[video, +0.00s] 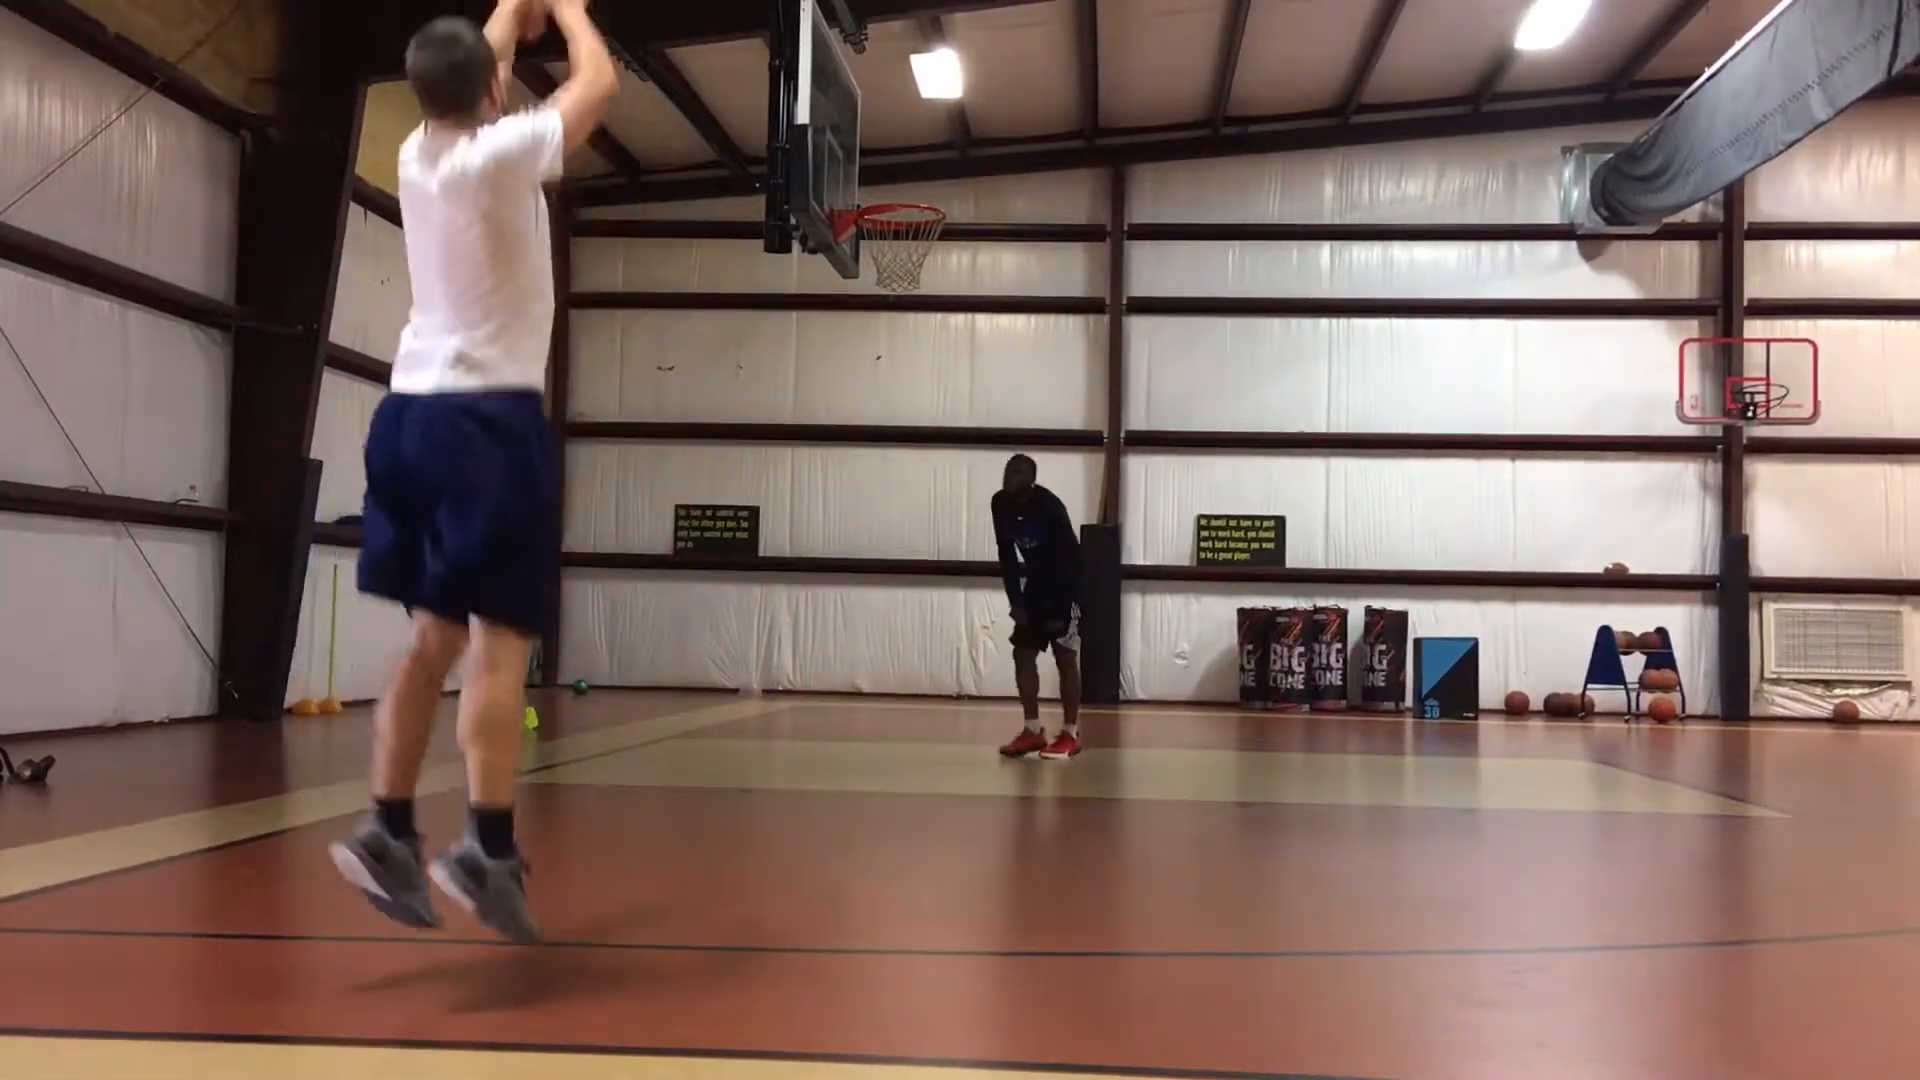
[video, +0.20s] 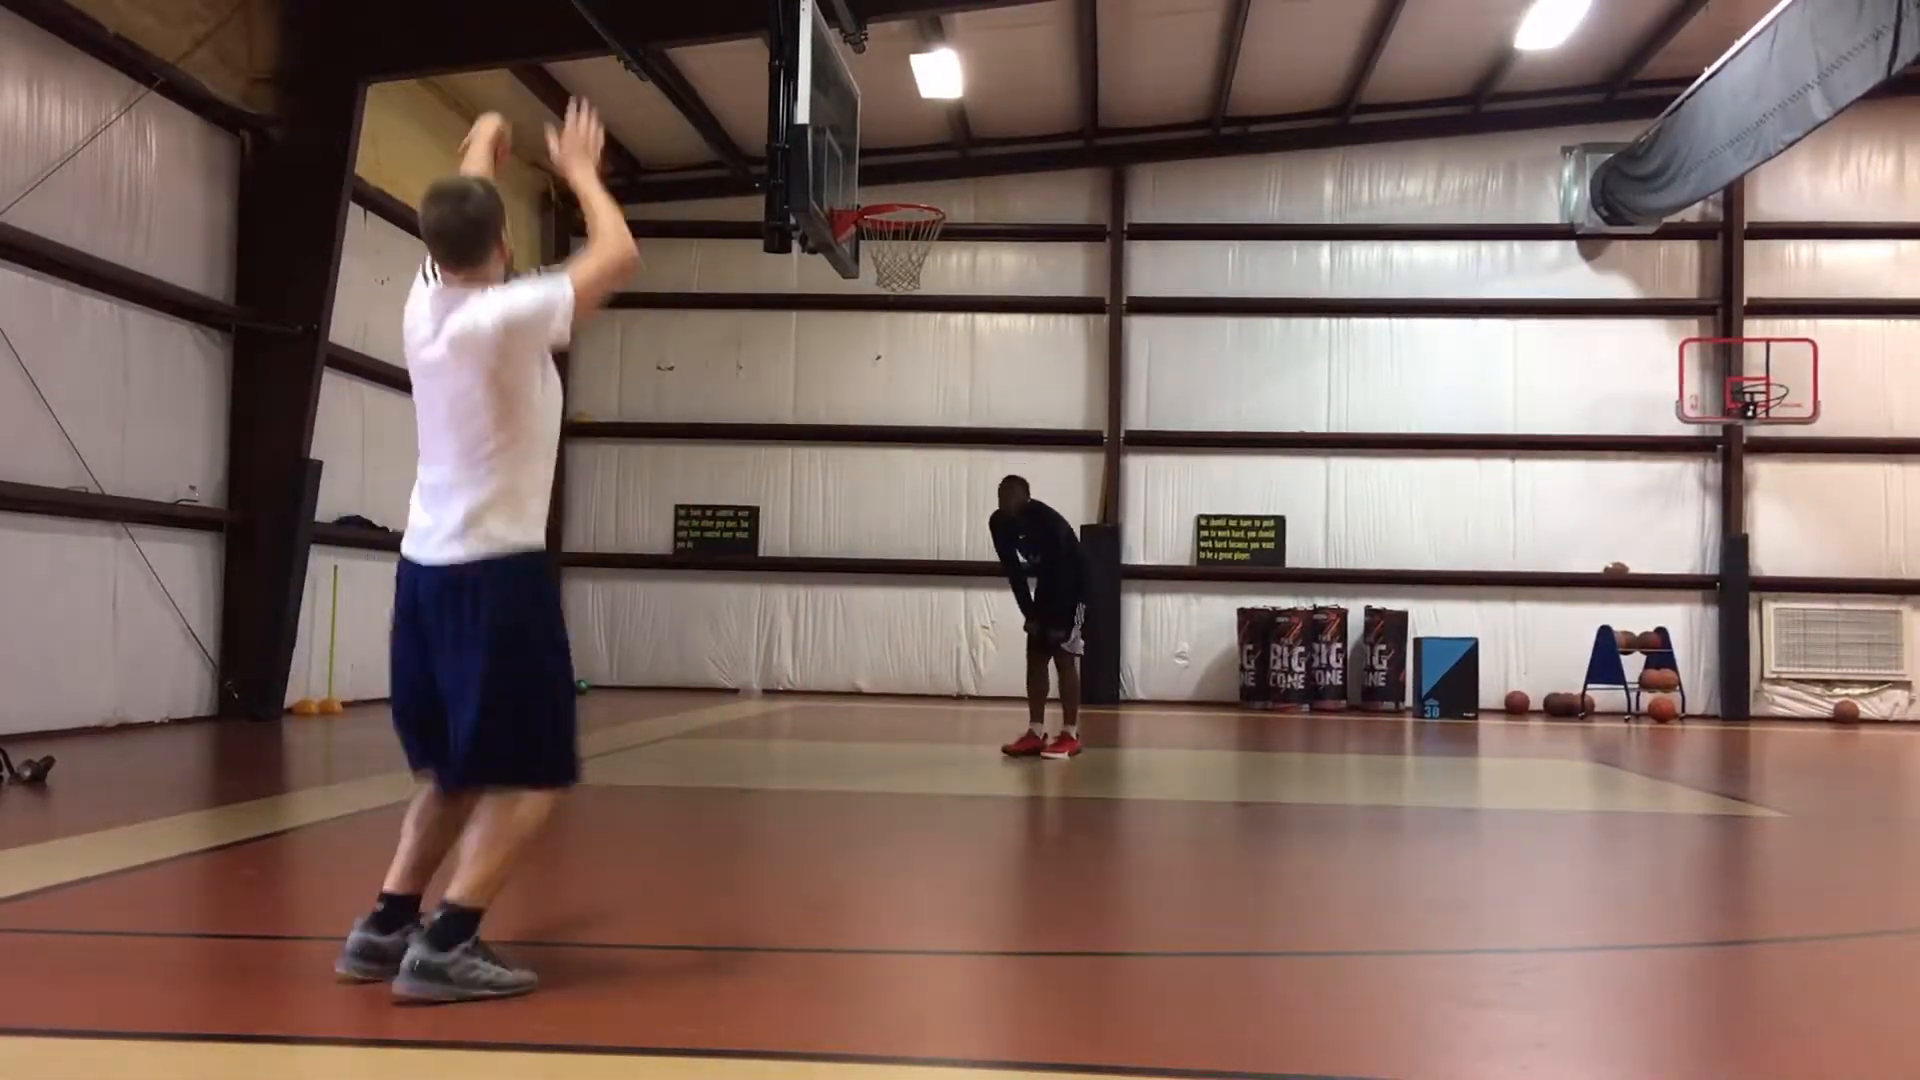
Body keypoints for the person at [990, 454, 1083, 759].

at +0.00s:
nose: (1010, 480)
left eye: (1017, 475)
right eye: (1008, 474)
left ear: (1032, 479)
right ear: (1004, 475)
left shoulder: (1048, 505)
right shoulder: (1000, 504)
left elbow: (1069, 556)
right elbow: (1006, 557)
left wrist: (1065, 605)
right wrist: (1015, 602)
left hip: (1064, 586)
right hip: (1034, 587)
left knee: (1065, 659)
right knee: (1023, 655)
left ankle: (1069, 733)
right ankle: (1033, 730)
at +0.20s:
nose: (1003, 502)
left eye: (1008, 496)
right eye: (1000, 496)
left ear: (1024, 497)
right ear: (999, 497)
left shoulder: (1048, 521)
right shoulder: (999, 523)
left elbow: (1066, 572)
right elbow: (1013, 572)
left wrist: (1061, 621)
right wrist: (1028, 613)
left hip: (1073, 589)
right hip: (1044, 588)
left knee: (1064, 659)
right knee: (1035, 658)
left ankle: (1069, 735)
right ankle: (1036, 732)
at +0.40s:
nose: (1000, 515)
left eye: (1006, 509)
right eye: (999, 509)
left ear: (1023, 510)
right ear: (998, 509)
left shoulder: (1046, 533)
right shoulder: (999, 531)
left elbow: (1070, 580)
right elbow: (1015, 579)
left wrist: (1062, 624)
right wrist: (1030, 618)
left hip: (1078, 592)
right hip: (1050, 591)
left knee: (1066, 659)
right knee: (1035, 656)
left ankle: (1070, 735)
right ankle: (1036, 733)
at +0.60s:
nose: (999, 513)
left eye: (1004, 508)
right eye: (999, 508)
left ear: (1022, 511)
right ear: (1000, 509)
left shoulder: (1043, 533)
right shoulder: (998, 532)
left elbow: (1062, 582)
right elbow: (1012, 580)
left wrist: (1058, 626)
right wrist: (1029, 620)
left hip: (1080, 592)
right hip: (1051, 591)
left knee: (1064, 659)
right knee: (1035, 656)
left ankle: (1070, 735)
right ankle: (1036, 733)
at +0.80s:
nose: (999, 509)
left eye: (1006, 506)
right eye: (1001, 504)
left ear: (1024, 512)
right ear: (1004, 505)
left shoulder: (1043, 532)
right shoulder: (999, 530)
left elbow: (1055, 583)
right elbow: (1012, 578)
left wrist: (1047, 625)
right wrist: (1026, 620)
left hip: (1081, 593)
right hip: (1051, 592)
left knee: (1060, 657)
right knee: (1033, 655)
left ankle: (1069, 735)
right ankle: (1035, 734)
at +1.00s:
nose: (1004, 501)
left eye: (1012, 497)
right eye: (1007, 496)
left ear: (1029, 507)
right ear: (1012, 501)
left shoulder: (1047, 530)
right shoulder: (1003, 527)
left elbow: (1060, 582)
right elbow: (1013, 577)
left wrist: (1050, 629)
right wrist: (1024, 621)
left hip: (1079, 593)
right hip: (1048, 591)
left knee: (1058, 658)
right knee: (1030, 656)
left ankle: (1069, 735)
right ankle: (1035, 734)